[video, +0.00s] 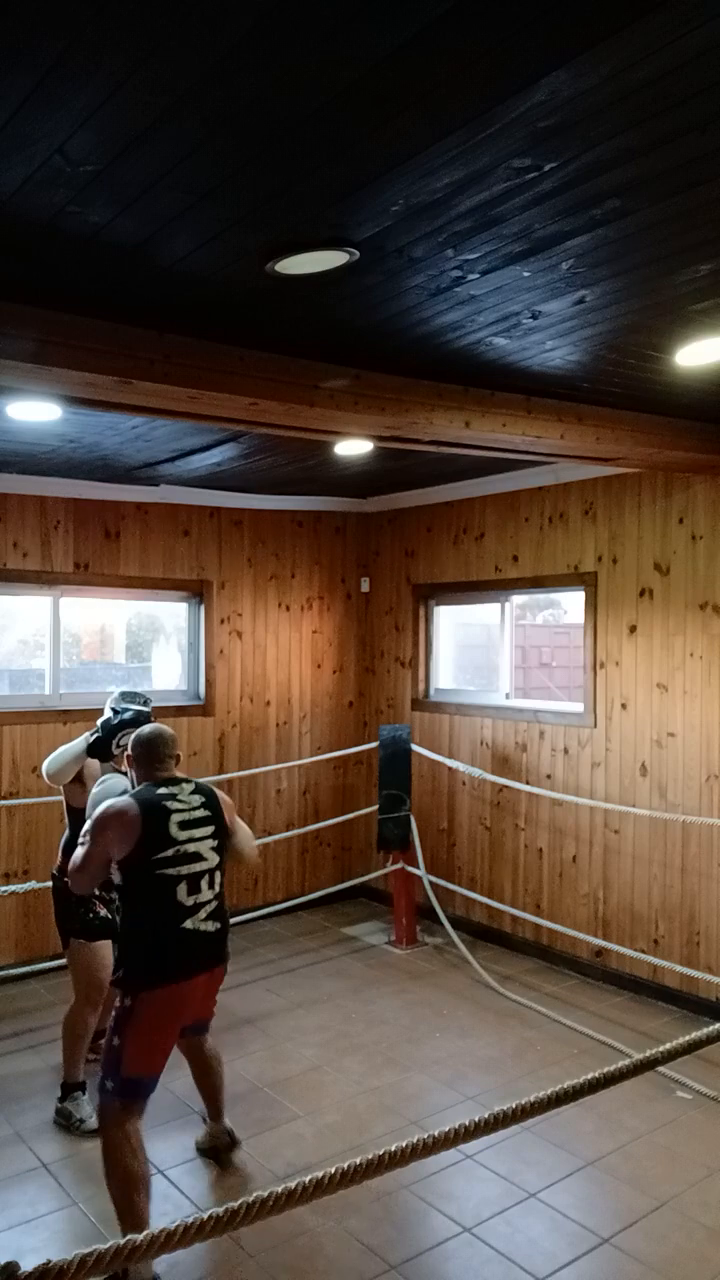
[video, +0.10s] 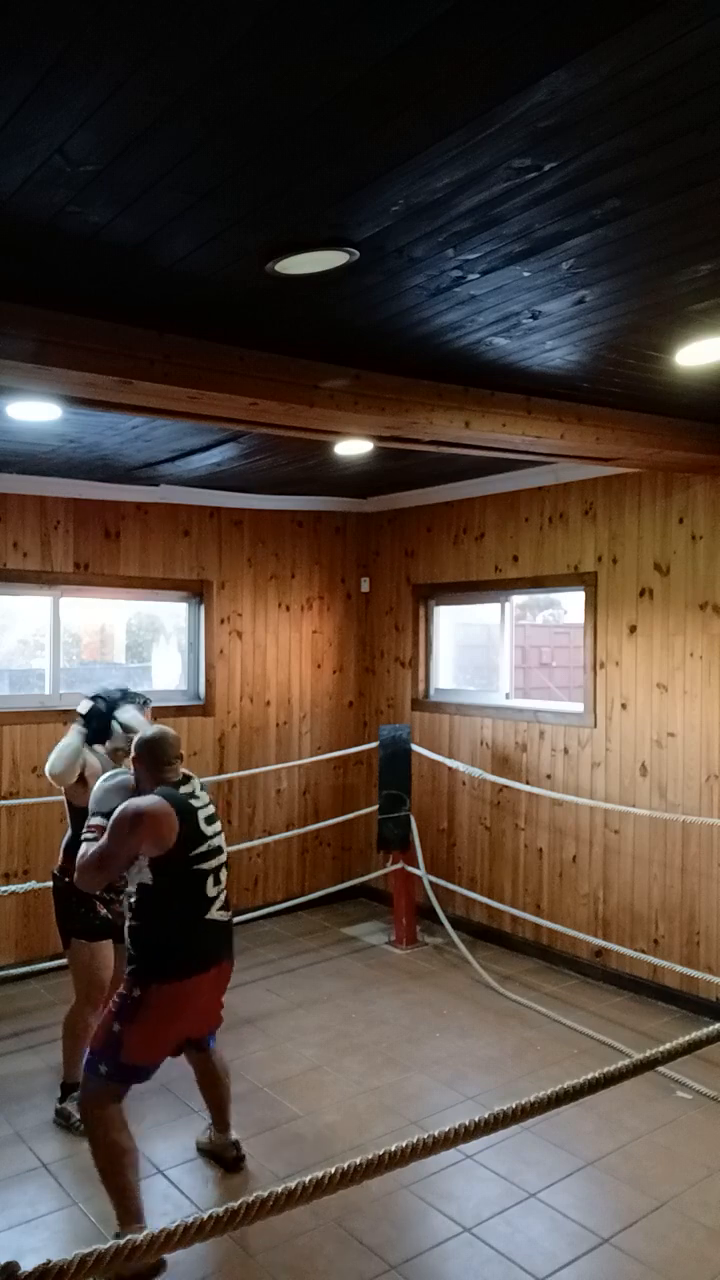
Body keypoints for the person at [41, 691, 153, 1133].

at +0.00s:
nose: (133, 733)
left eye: (138, 725)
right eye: (126, 724)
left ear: (143, 731)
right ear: (109, 727)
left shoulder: (146, 769)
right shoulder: (86, 763)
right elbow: (51, 773)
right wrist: (95, 733)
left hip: (127, 882)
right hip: (82, 882)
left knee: (115, 981)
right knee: (94, 991)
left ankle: (96, 1049)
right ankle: (72, 1093)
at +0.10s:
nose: (130, 740)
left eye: (134, 731)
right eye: (125, 732)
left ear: (136, 733)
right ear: (107, 729)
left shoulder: (137, 766)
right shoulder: (84, 759)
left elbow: (162, 754)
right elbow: (57, 772)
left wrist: (137, 723)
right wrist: (83, 721)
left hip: (129, 879)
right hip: (83, 881)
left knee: (121, 989)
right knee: (94, 993)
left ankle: (107, 1082)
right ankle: (71, 1094)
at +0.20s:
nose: (128, 724)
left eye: (134, 717)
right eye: (122, 715)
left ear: (139, 720)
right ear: (104, 717)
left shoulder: (139, 761)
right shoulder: (79, 756)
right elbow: (38, 763)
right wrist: (81, 728)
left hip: (125, 875)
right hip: (84, 878)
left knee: (119, 971)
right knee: (91, 991)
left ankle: (99, 1037)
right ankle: (70, 1096)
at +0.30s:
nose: (132, 731)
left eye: (137, 722)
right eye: (126, 722)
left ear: (140, 721)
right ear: (106, 720)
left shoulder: (140, 763)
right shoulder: (83, 759)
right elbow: (40, 774)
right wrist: (84, 741)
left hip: (127, 877)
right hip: (83, 880)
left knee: (121, 968)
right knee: (87, 992)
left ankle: (98, 1037)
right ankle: (69, 1094)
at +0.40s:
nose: (132, 729)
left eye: (137, 721)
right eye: (126, 719)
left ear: (140, 725)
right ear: (107, 720)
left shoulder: (139, 765)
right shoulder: (84, 759)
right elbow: (47, 772)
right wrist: (89, 736)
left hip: (123, 878)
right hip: (79, 877)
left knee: (121, 968)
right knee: (92, 987)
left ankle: (97, 1036)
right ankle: (65, 1085)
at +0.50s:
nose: (136, 728)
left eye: (138, 723)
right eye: (130, 719)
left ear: (134, 724)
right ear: (104, 715)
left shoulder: (133, 752)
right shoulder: (78, 750)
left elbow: (152, 780)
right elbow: (35, 760)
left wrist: (116, 730)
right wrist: (61, 711)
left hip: (124, 872)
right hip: (80, 876)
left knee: (117, 965)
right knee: (87, 984)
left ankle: (94, 1037)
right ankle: (64, 1085)